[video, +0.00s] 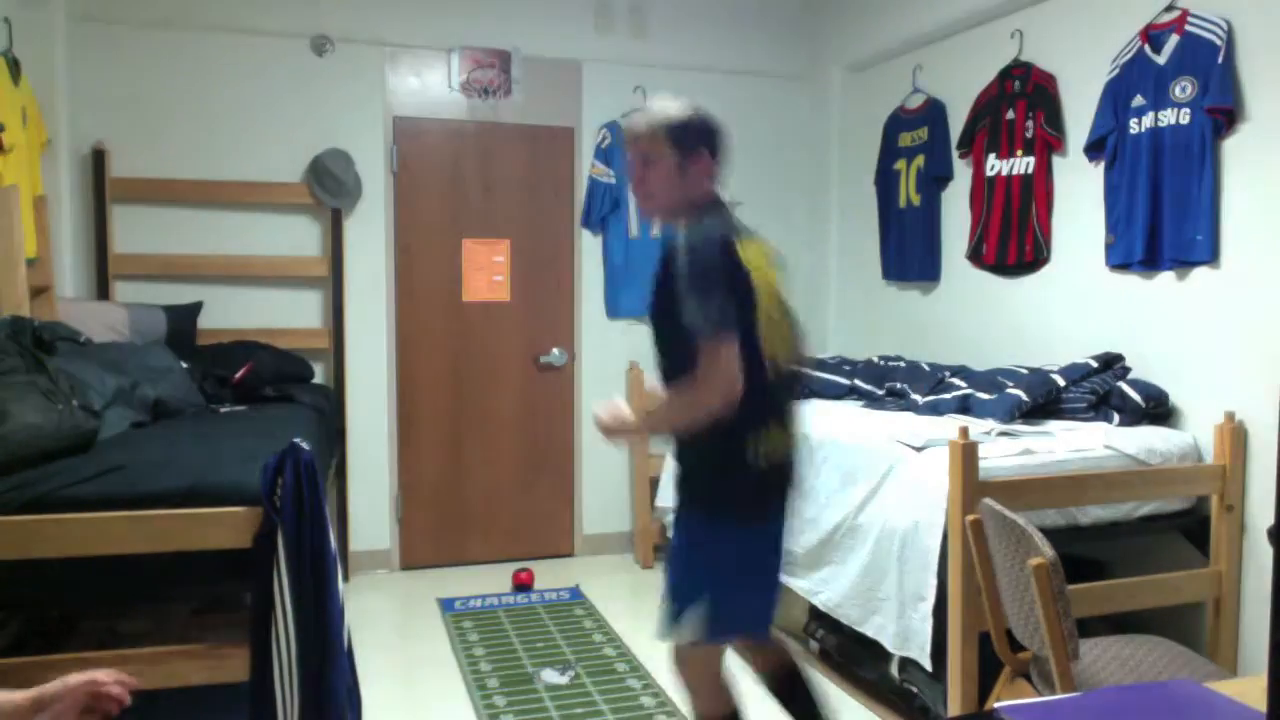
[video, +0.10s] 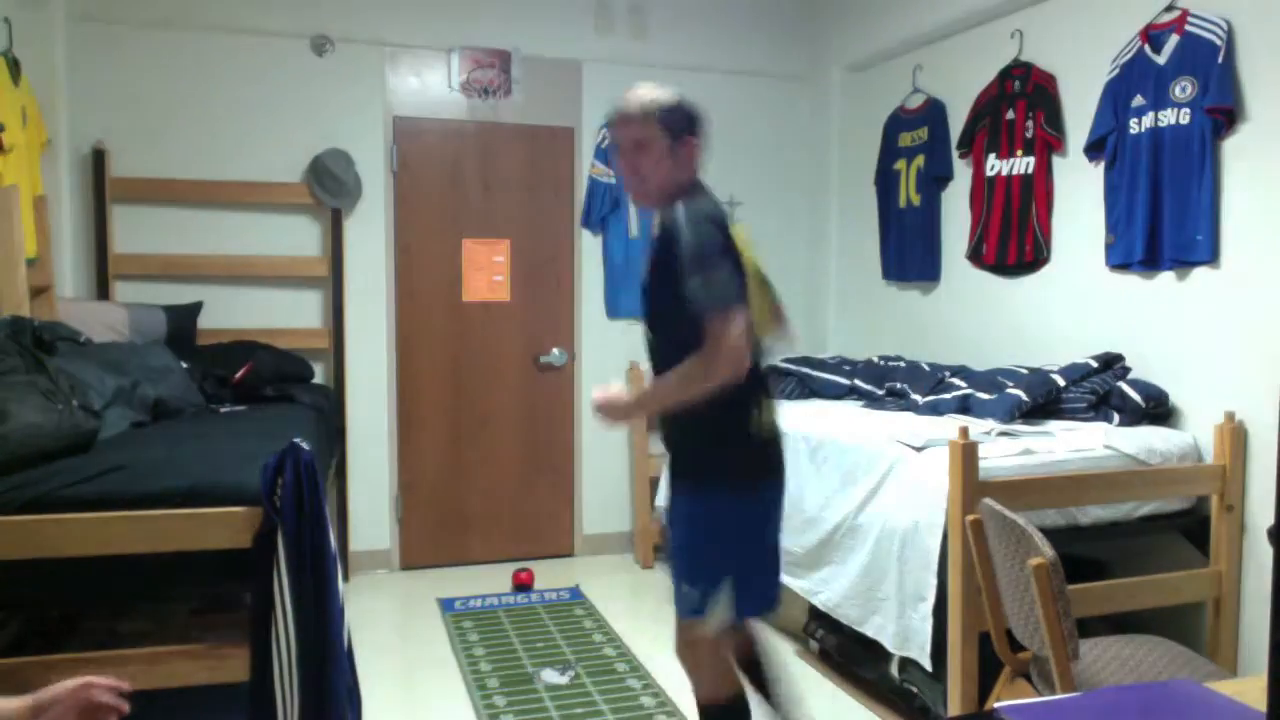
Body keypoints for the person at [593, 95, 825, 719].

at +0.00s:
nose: (635, 180)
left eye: (648, 163)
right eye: (633, 164)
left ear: (698, 164)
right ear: (691, 168)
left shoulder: (698, 245)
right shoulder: (728, 235)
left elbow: (720, 384)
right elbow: (777, 361)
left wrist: (639, 419)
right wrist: (669, 407)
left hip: (721, 478)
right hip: (759, 469)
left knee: (695, 656)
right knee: (749, 631)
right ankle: (815, 714)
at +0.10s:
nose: (625, 166)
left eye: (639, 149)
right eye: (618, 151)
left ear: (685, 148)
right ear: (614, 153)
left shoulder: (692, 221)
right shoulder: (690, 216)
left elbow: (730, 354)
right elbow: (748, 332)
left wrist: (643, 402)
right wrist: (661, 389)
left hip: (718, 464)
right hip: (725, 457)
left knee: (699, 642)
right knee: (728, 623)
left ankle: (733, 717)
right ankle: (784, 708)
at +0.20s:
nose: (602, 185)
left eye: (619, 170)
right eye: (597, 169)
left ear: (658, 174)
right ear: (590, 170)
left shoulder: (675, 249)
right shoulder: (638, 247)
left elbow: (764, 340)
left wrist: (688, 409)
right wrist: (644, 402)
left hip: (719, 474)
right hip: (675, 467)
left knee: (684, 655)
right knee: (646, 597)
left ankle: (730, 718)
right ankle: (694, 695)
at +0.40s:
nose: (617, 188)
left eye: (629, 174)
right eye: (608, 175)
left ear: (653, 180)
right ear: (597, 184)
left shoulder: (685, 259)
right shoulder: (603, 267)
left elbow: (669, 350)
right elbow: (554, 346)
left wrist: (627, 258)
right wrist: (536, 251)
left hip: (686, 438)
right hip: (632, 439)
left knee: (694, 581)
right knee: (621, 572)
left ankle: (730, 709)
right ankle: (638, 696)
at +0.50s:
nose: (610, 125)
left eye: (623, 112)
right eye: (601, 111)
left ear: (653, 115)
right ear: (590, 116)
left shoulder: (677, 187)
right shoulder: (585, 191)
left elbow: (671, 284)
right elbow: (562, 270)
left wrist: (626, 192)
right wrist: (543, 192)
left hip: (674, 378)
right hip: (614, 377)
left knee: (690, 529)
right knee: (625, 526)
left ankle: (722, 694)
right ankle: (632, 664)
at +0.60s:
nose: (597, 56)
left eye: (608, 42)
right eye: (589, 43)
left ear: (643, 43)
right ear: (581, 48)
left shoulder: (673, 111)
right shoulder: (575, 115)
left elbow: (684, 196)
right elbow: (521, 169)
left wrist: (627, 124)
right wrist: (521, 100)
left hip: (660, 311)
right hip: (595, 308)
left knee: (670, 464)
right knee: (611, 464)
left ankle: (686, 615)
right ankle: (633, 594)